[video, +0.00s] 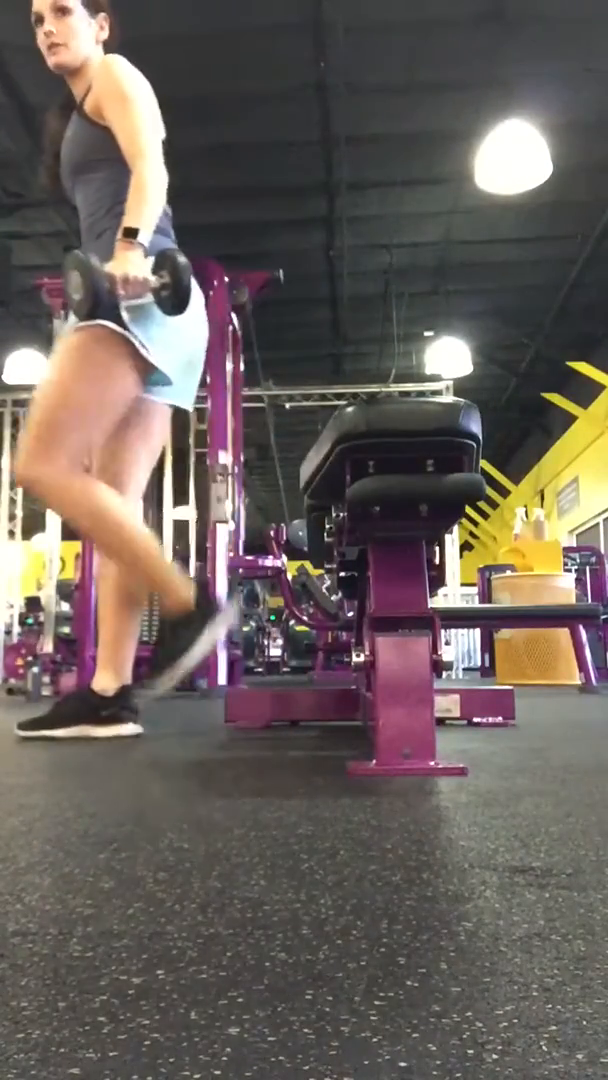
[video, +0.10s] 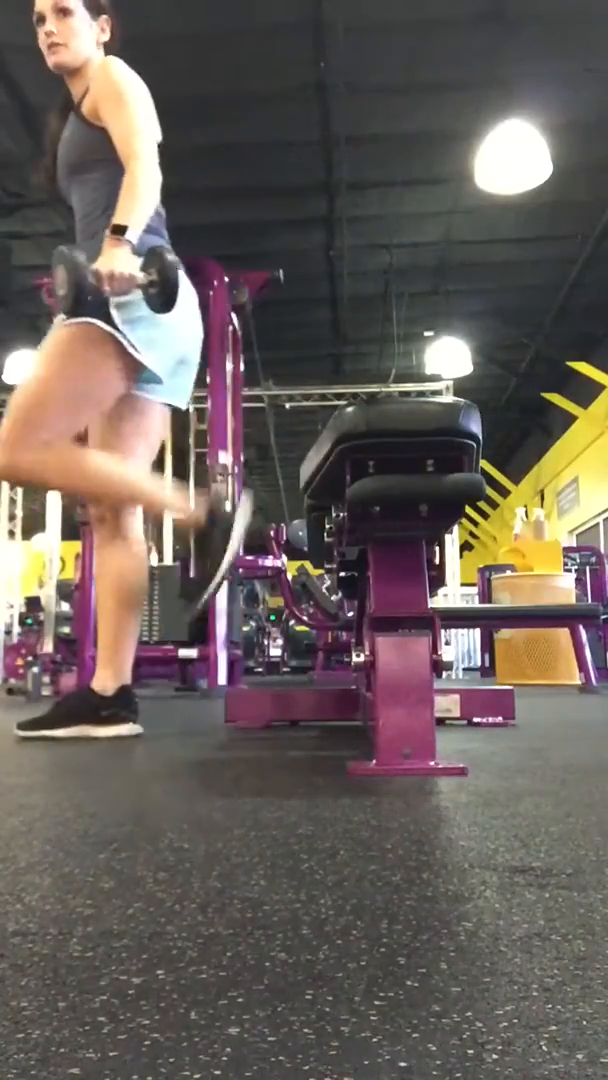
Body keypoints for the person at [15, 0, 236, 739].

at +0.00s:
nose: (47, 30)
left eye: (61, 16)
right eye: (38, 21)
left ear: (100, 25)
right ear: (38, 38)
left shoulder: (112, 76)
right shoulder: (90, 103)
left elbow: (150, 165)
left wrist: (131, 244)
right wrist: (92, 280)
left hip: (133, 292)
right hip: (165, 300)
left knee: (44, 461)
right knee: (117, 501)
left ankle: (185, 604)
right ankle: (110, 689)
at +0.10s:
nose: (48, 30)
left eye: (63, 16)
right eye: (40, 21)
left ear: (102, 27)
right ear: (39, 37)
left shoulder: (112, 79)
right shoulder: (87, 104)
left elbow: (143, 167)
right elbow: (105, 208)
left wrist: (116, 240)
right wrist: (81, 278)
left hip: (129, 293)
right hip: (159, 300)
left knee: (21, 448)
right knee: (113, 504)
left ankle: (196, 507)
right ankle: (109, 690)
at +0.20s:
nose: (51, 27)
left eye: (67, 14)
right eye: (43, 18)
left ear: (105, 29)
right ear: (40, 34)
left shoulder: (110, 81)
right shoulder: (86, 103)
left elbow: (138, 162)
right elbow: (103, 209)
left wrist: (111, 241)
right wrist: (76, 275)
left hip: (123, 294)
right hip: (147, 303)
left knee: (29, 458)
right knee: (110, 509)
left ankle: (213, 440)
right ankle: (109, 692)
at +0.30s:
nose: (53, 31)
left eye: (68, 18)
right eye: (45, 21)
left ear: (105, 29)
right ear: (45, 37)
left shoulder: (109, 85)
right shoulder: (89, 104)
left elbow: (131, 164)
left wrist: (100, 241)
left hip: (122, 293)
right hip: (134, 298)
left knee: (61, 471)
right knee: (110, 513)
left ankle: (247, 424)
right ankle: (109, 691)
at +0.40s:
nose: (52, 33)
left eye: (68, 19)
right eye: (45, 23)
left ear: (105, 34)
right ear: (43, 37)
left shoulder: (108, 88)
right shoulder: (85, 105)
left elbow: (129, 168)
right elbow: (110, 195)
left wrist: (99, 244)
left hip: (120, 293)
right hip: (106, 296)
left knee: (100, 477)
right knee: (101, 500)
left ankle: (279, 446)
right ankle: (109, 691)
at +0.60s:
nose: (50, 44)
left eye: (64, 31)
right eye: (43, 35)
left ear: (101, 43)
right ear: (45, 51)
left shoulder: (107, 91)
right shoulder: (81, 112)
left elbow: (128, 167)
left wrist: (102, 241)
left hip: (126, 292)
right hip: (101, 301)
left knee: (123, 485)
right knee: (99, 505)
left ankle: (309, 486)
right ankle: (110, 691)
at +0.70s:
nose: (52, 49)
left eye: (65, 36)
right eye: (45, 41)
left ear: (103, 47)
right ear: (49, 57)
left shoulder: (108, 92)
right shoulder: (86, 113)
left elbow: (129, 165)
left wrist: (107, 238)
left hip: (124, 295)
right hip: (104, 303)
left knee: (120, 485)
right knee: (99, 505)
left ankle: (307, 488)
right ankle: (110, 690)